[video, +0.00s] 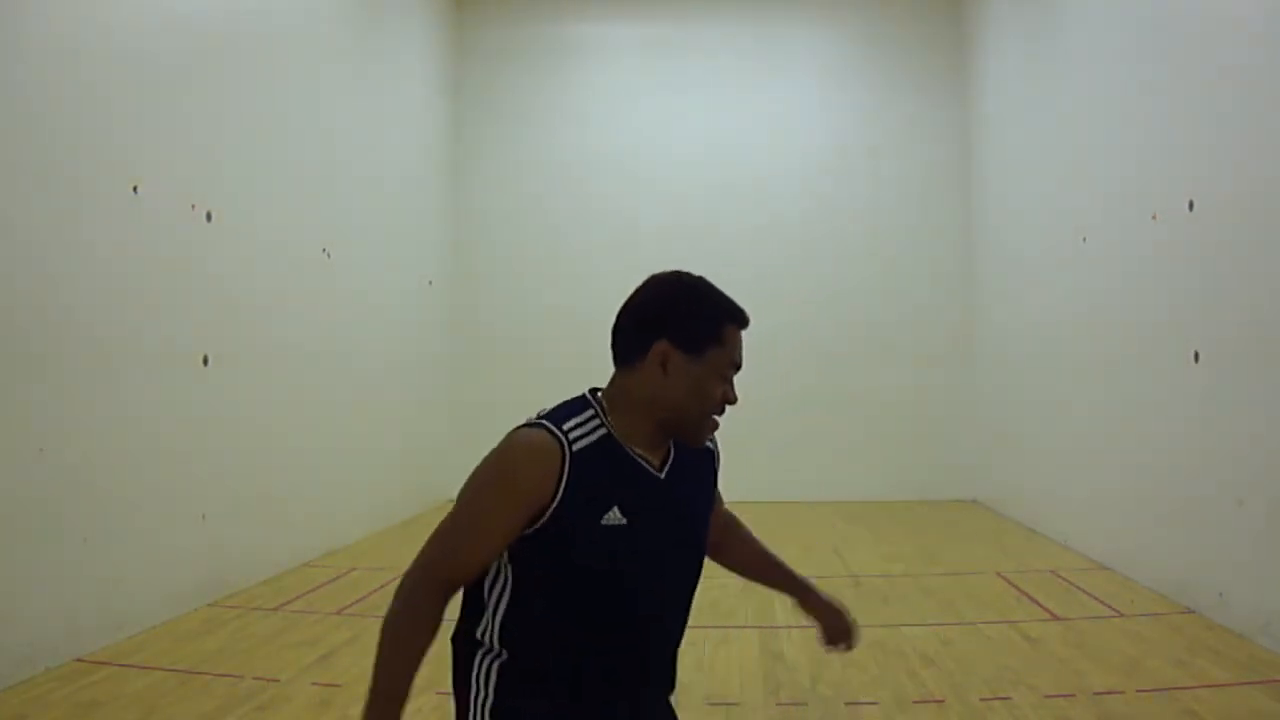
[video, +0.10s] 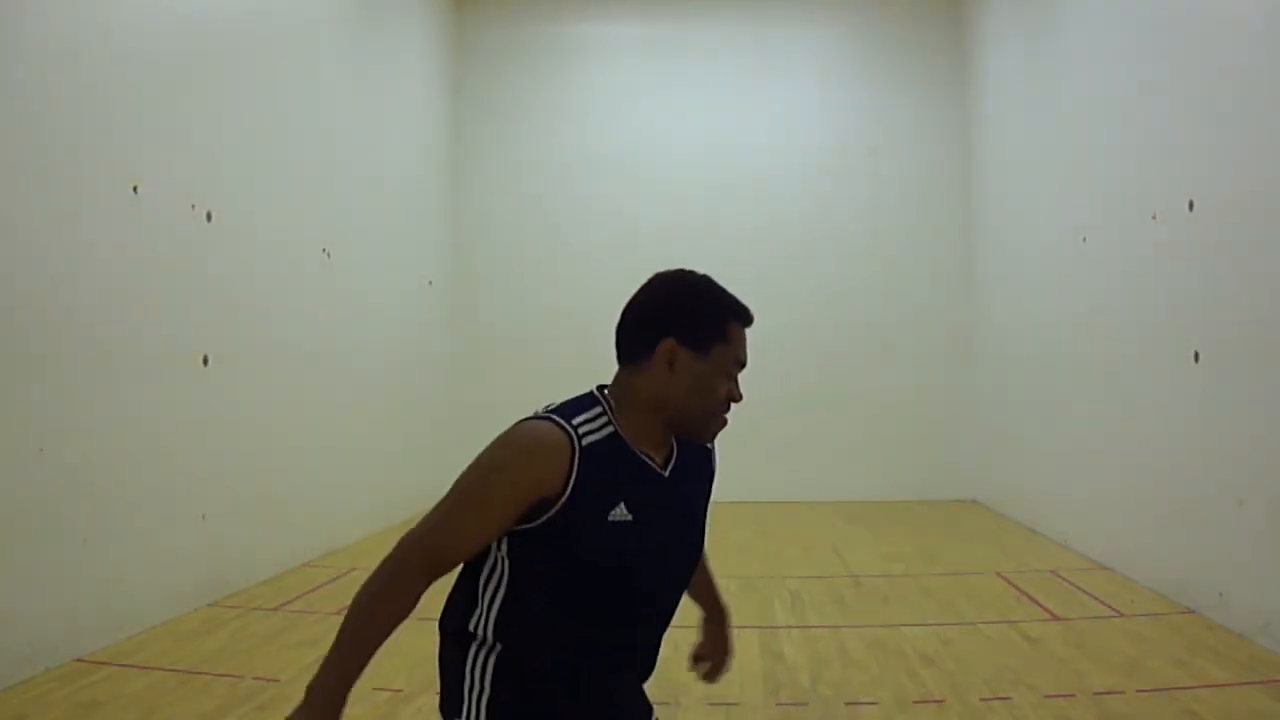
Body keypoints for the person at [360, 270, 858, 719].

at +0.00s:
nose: (732, 395)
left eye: (735, 376)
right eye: (726, 373)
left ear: (673, 365)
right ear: (665, 361)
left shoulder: (694, 451)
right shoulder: (537, 456)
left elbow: (706, 524)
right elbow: (425, 585)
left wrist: (804, 593)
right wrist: (380, 713)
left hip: (641, 707)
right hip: (523, 710)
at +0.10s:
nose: (739, 392)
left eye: (740, 374)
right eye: (732, 371)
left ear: (680, 362)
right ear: (671, 357)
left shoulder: (694, 455)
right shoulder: (546, 448)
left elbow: (672, 536)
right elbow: (410, 565)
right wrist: (323, 699)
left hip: (616, 697)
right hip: (507, 701)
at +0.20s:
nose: (752, 394)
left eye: (753, 376)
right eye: (745, 373)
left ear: (692, 367)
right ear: (688, 363)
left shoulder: (689, 455)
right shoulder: (574, 450)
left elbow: (620, 589)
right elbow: (443, 568)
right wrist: (336, 697)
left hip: (606, 700)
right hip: (510, 704)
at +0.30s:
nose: (762, 390)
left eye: (761, 372)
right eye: (755, 370)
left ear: (705, 362)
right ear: (705, 361)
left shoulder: (676, 450)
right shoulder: (619, 454)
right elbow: (525, 597)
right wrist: (482, 709)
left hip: (600, 698)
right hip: (547, 702)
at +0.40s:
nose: (754, 374)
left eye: (753, 356)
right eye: (747, 354)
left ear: (697, 348)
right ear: (700, 347)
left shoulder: (626, 415)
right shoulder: (657, 448)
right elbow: (649, 615)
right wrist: (680, 710)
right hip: (559, 693)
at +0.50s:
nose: (734, 354)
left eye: (735, 338)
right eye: (729, 335)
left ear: (680, 327)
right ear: (683, 328)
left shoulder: (586, 404)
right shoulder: (684, 415)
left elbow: (549, 542)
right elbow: (745, 564)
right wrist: (849, 632)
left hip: (548, 685)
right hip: (628, 692)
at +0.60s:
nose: (723, 342)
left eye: (726, 326)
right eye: (721, 324)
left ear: (631, 314)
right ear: (685, 317)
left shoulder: (563, 407)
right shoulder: (716, 379)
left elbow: (538, 540)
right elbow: (783, 498)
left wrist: (574, 611)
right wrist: (782, 456)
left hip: (574, 656)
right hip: (664, 657)